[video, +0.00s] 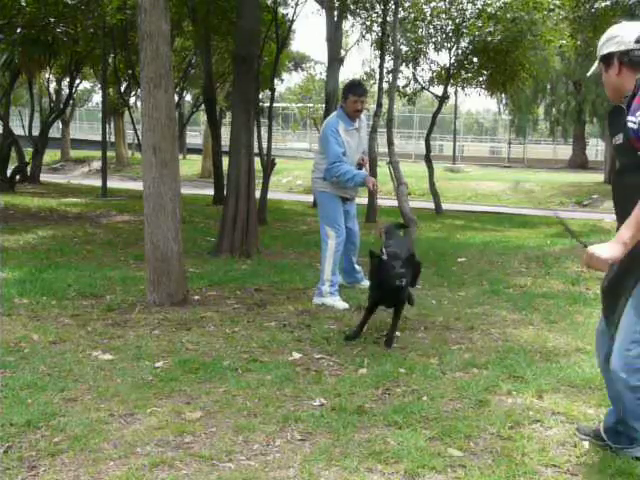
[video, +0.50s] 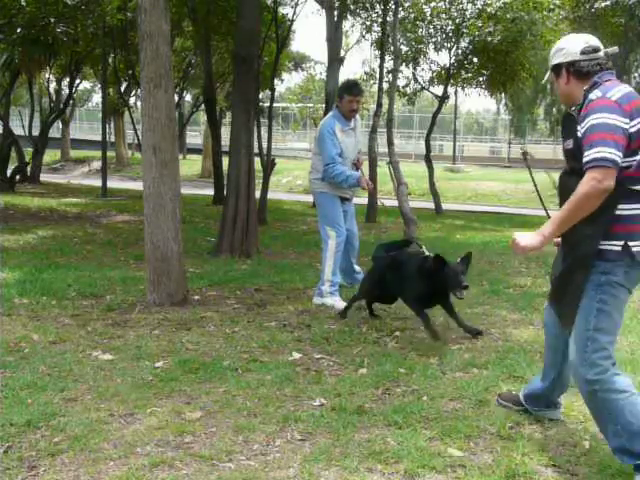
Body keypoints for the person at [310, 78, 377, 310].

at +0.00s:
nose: (359, 107)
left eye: (362, 102)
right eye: (354, 102)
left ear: (365, 102)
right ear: (344, 101)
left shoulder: (359, 123)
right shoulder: (332, 126)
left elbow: (357, 149)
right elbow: (334, 168)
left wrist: (361, 159)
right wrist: (362, 178)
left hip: (347, 188)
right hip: (327, 187)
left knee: (352, 234)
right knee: (335, 235)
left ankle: (351, 275)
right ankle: (326, 291)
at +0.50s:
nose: (355, 106)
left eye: (358, 102)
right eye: (350, 102)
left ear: (360, 102)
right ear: (339, 101)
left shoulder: (353, 124)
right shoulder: (329, 127)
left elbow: (349, 152)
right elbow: (330, 169)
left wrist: (356, 159)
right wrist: (356, 178)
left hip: (344, 188)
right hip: (326, 188)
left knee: (351, 234)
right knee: (335, 235)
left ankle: (350, 275)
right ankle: (326, 291)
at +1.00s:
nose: (360, 109)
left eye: (364, 105)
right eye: (356, 105)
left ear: (366, 105)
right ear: (344, 104)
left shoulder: (358, 126)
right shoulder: (333, 128)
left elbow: (351, 155)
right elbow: (335, 171)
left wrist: (360, 161)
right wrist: (364, 179)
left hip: (344, 189)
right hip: (326, 188)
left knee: (350, 234)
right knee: (337, 234)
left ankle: (351, 275)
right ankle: (326, 291)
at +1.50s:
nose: (357, 108)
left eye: (360, 103)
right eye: (353, 103)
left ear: (363, 103)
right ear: (342, 102)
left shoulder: (351, 127)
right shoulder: (330, 126)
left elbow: (349, 161)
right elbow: (333, 169)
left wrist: (364, 171)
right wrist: (363, 173)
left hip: (343, 190)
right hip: (326, 188)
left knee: (350, 234)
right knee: (335, 234)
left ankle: (345, 284)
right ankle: (325, 290)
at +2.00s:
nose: (357, 112)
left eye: (360, 107)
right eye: (352, 107)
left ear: (362, 107)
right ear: (341, 105)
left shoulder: (352, 129)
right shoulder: (330, 131)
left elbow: (348, 160)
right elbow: (328, 172)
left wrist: (357, 164)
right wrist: (354, 182)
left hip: (341, 189)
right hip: (322, 189)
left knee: (349, 233)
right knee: (334, 234)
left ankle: (351, 275)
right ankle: (325, 292)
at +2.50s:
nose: (364, 115)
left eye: (367, 110)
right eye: (360, 110)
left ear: (370, 110)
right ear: (349, 109)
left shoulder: (363, 130)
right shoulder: (335, 132)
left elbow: (358, 156)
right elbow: (337, 171)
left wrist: (364, 163)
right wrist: (366, 178)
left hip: (344, 189)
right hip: (324, 187)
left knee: (349, 233)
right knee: (335, 233)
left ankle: (352, 276)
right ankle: (327, 292)